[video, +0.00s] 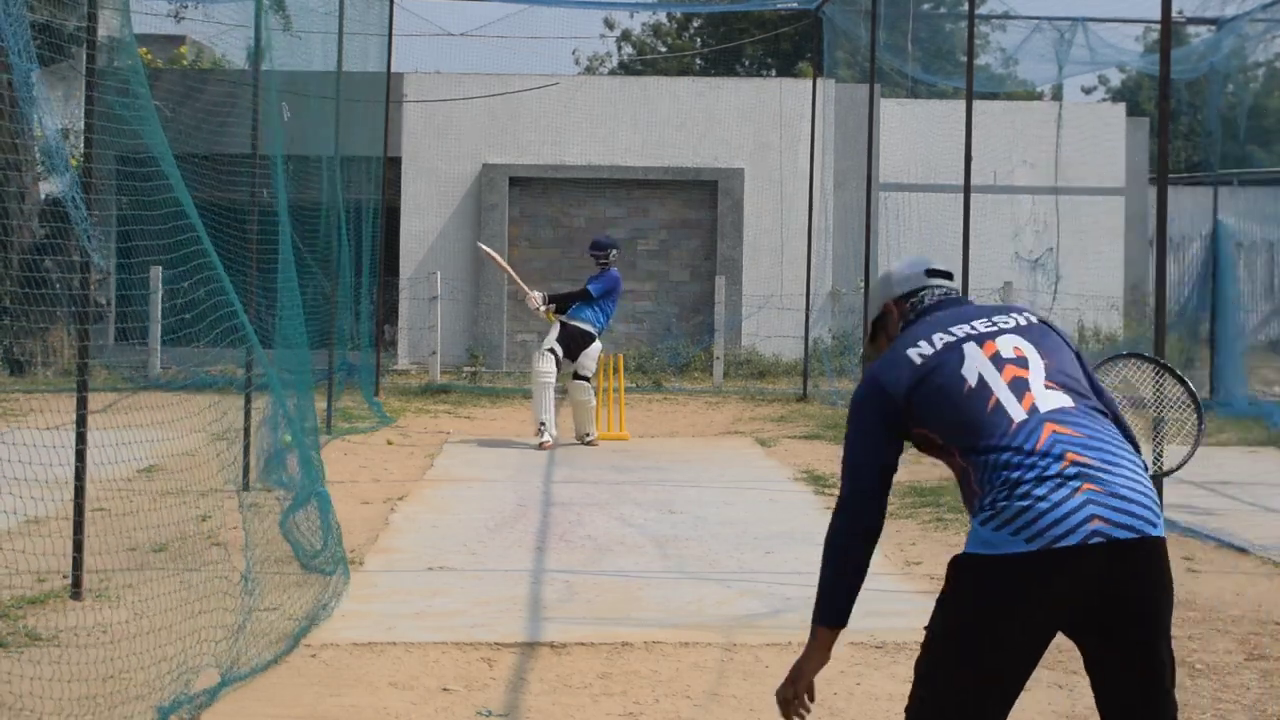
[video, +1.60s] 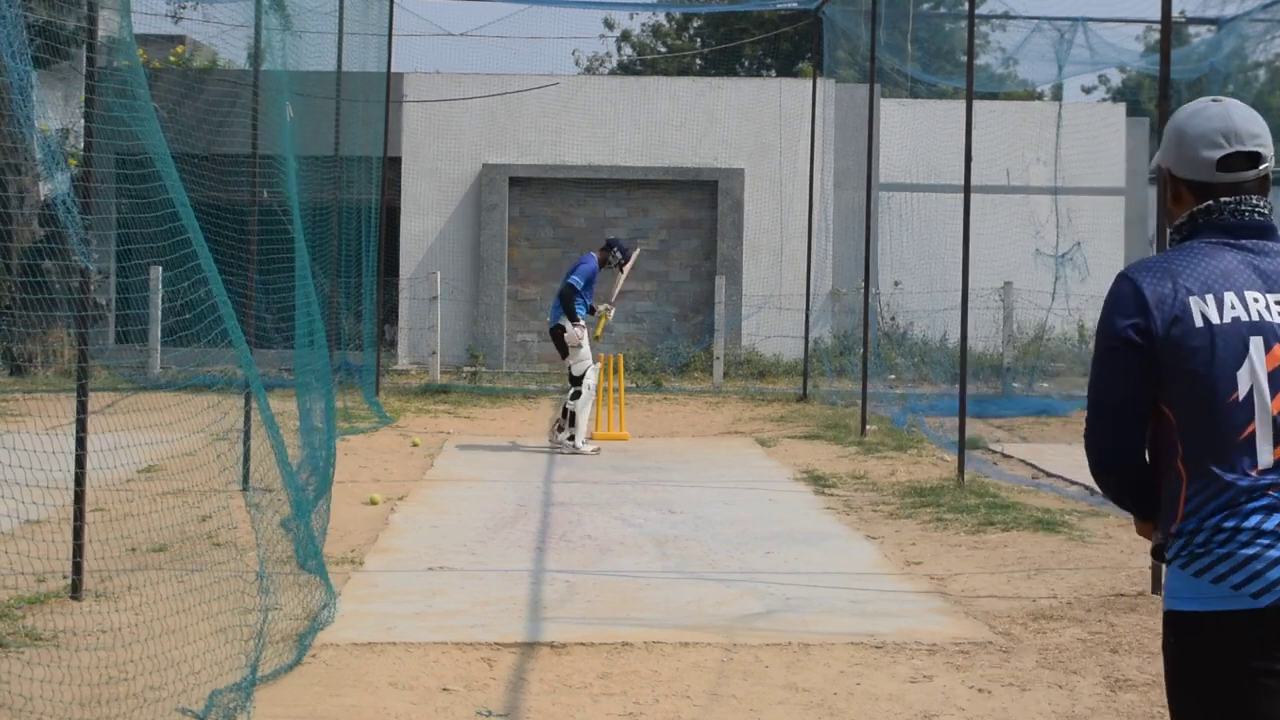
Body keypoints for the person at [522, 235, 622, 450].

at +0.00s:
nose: (599, 260)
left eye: (602, 256)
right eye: (596, 256)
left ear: (610, 255)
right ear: (593, 256)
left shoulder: (612, 277)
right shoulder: (595, 279)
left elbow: (583, 295)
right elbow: (572, 307)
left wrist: (545, 298)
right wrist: (548, 308)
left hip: (588, 332)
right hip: (566, 326)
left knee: (580, 384)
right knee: (544, 365)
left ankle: (585, 434)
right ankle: (545, 430)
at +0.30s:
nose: (582, 254)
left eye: (586, 249)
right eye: (578, 249)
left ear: (594, 248)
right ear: (573, 249)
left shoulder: (597, 272)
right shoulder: (571, 269)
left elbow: (575, 299)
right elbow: (557, 293)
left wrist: (550, 318)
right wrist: (544, 314)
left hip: (584, 332)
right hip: (560, 329)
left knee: (584, 385)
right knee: (552, 381)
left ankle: (586, 433)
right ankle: (546, 435)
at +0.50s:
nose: (569, 252)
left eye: (574, 248)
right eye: (565, 247)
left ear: (581, 245)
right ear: (559, 244)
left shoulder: (587, 268)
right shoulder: (548, 264)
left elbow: (585, 304)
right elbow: (544, 298)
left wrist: (577, 332)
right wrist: (555, 321)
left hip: (577, 326)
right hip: (550, 324)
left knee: (581, 380)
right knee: (550, 378)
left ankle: (585, 427)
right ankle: (545, 433)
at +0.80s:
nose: (576, 246)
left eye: (581, 243)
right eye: (574, 240)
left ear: (584, 244)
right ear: (565, 235)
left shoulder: (579, 261)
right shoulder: (549, 258)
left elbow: (573, 289)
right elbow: (547, 295)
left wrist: (593, 301)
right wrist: (577, 308)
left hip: (568, 319)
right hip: (547, 318)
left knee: (580, 375)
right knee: (551, 376)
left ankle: (564, 432)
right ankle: (544, 434)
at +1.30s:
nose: (600, 255)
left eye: (603, 252)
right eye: (601, 250)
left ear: (598, 246)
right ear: (595, 243)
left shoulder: (583, 262)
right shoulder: (571, 257)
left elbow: (572, 297)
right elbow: (550, 291)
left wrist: (593, 302)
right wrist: (553, 322)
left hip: (571, 318)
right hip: (563, 318)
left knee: (571, 380)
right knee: (584, 375)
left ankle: (559, 429)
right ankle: (557, 431)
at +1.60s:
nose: (614, 267)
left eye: (617, 264)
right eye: (616, 263)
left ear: (608, 252)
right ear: (610, 255)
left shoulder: (591, 266)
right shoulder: (589, 264)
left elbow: (579, 300)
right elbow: (566, 292)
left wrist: (597, 311)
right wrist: (576, 322)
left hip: (569, 324)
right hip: (567, 325)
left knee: (581, 381)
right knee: (584, 381)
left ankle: (562, 431)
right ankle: (573, 439)